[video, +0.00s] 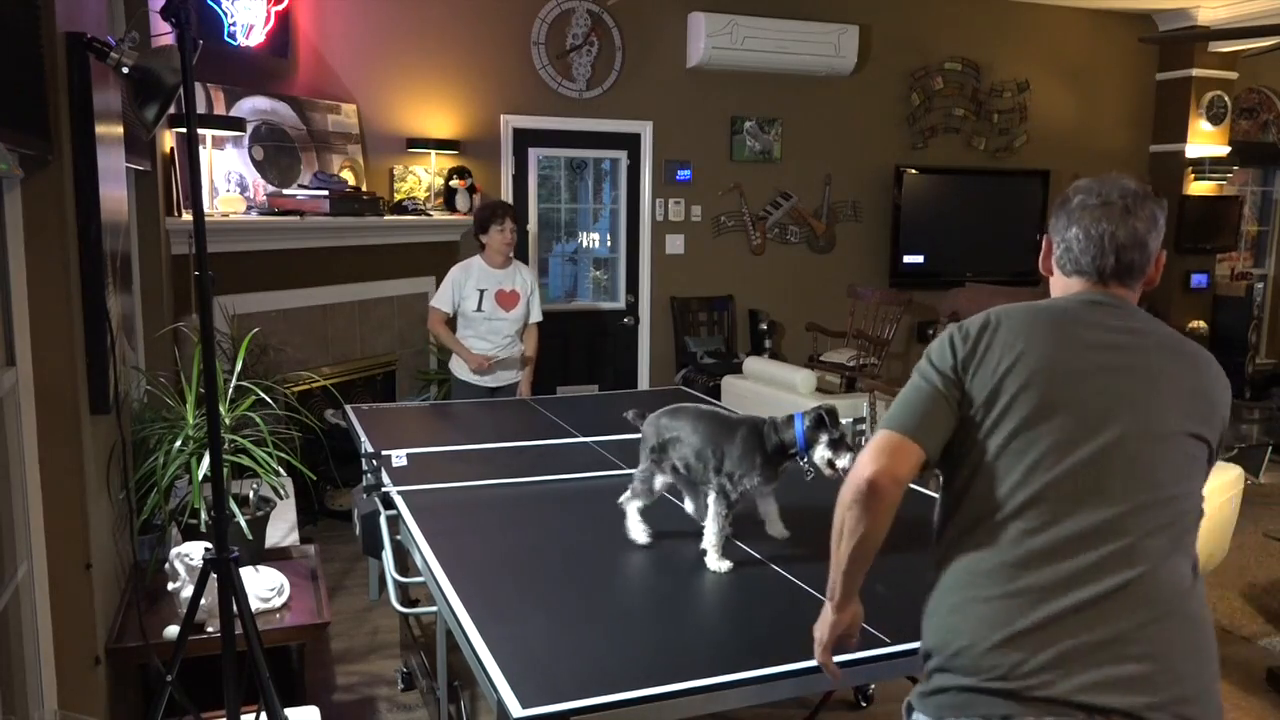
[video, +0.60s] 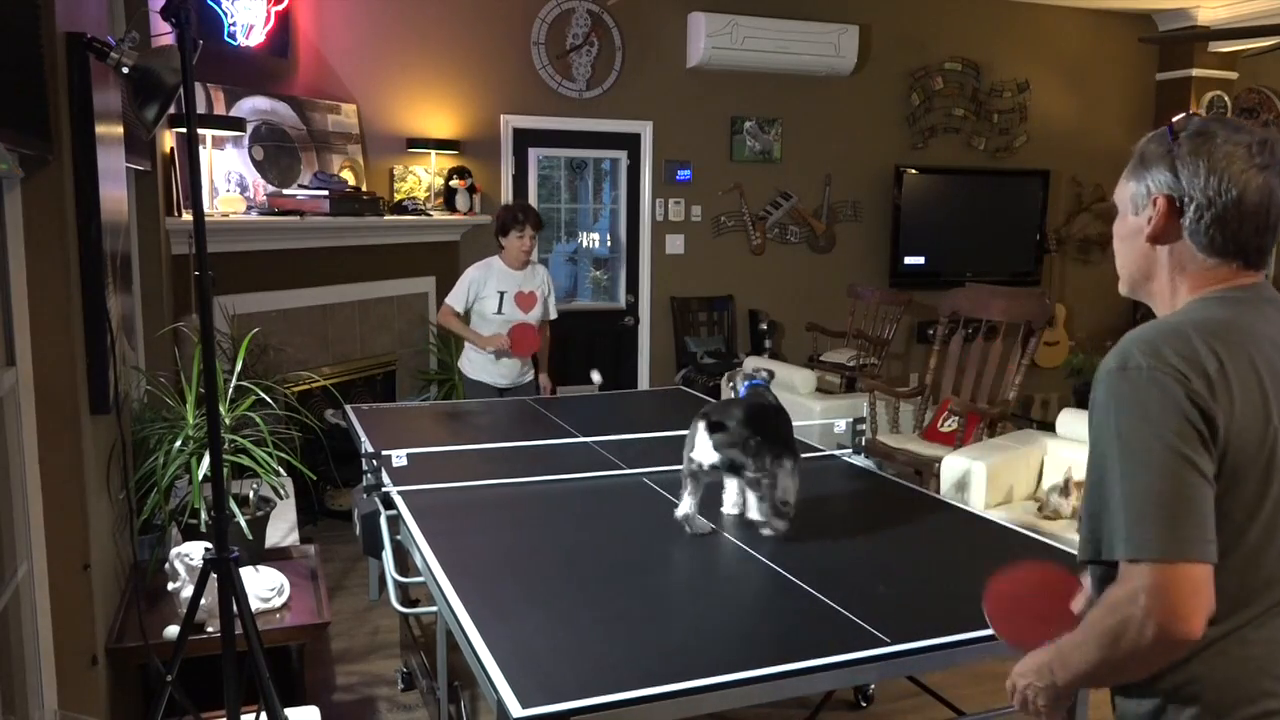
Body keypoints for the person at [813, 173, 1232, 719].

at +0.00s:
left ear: (1046, 256)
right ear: (1155, 269)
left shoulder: (975, 340)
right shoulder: (1206, 376)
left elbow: (875, 476)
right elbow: (1173, 510)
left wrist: (840, 600)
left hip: (983, 689)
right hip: (1163, 698)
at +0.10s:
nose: (1054, 255)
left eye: (1056, 241)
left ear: (1065, 243)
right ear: (1173, 263)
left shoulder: (998, 339)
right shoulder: (1217, 365)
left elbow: (906, 494)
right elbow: (1198, 518)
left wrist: (862, 603)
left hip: (1025, 686)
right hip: (1202, 690)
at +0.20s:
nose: (1068, 242)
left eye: (1072, 224)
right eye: (1071, 224)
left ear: (1089, 227)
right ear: (1193, 251)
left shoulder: (1035, 333)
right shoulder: (1245, 358)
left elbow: (964, 512)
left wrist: (890, 602)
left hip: (1080, 688)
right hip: (1243, 683)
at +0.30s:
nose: (1087, 229)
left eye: (1091, 210)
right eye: (1088, 210)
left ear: (1117, 216)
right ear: (1218, 237)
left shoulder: (1083, 337)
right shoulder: (1267, 343)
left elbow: (1034, 532)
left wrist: (925, 612)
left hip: (1127, 690)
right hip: (1262, 691)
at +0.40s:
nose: (1103, 231)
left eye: (1108, 212)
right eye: (1104, 211)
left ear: (1142, 216)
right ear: (1238, 229)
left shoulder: (1121, 345)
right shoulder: (1271, 330)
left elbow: (1110, 565)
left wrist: (981, 643)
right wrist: (1077, 439)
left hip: (1162, 696)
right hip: (1266, 685)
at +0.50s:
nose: (1110, 231)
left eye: (1117, 212)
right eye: (1113, 212)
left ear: (1156, 216)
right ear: (1245, 222)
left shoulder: (1147, 352)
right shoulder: (1269, 324)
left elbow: (1158, 589)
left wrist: (1032, 665)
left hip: (1196, 700)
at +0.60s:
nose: (1112, 230)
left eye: (1120, 211)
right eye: (1114, 212)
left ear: (1160, 215)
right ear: (1249, 221)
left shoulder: (1155, 362)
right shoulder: (1267, 324)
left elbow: (1168, 609)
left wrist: (1049, 669)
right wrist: (1116, 587)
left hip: (1201, 699)